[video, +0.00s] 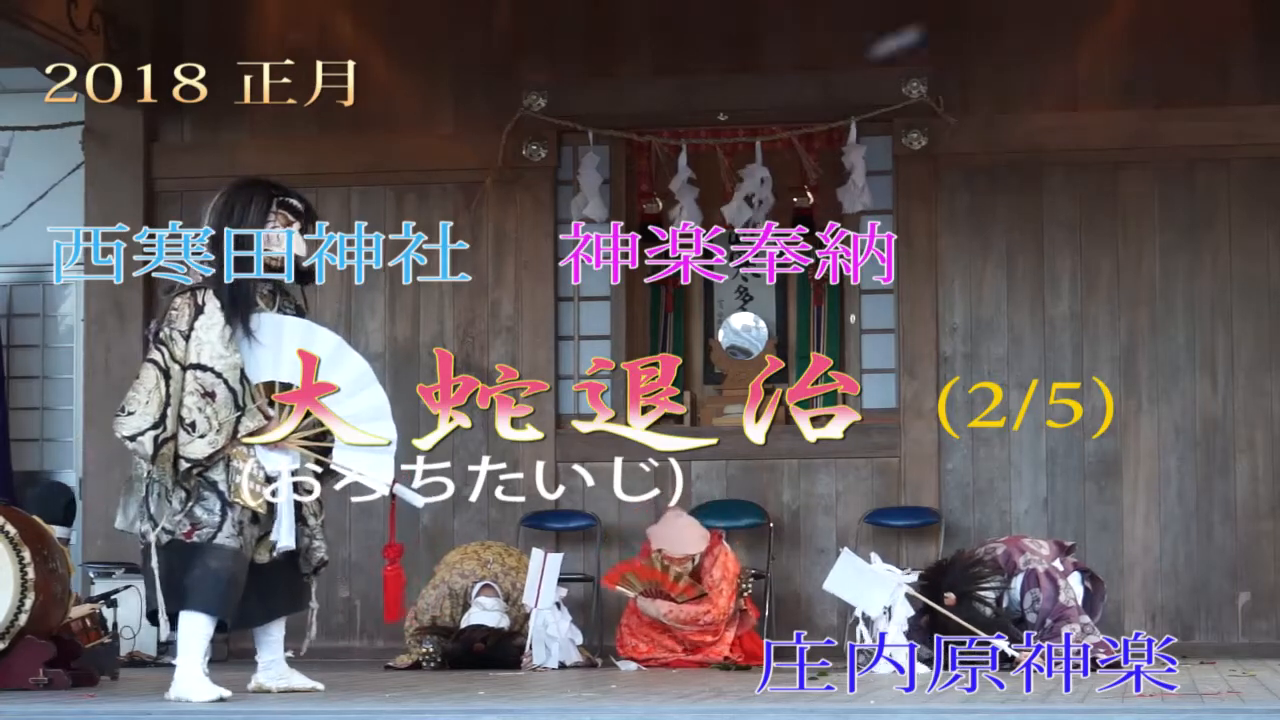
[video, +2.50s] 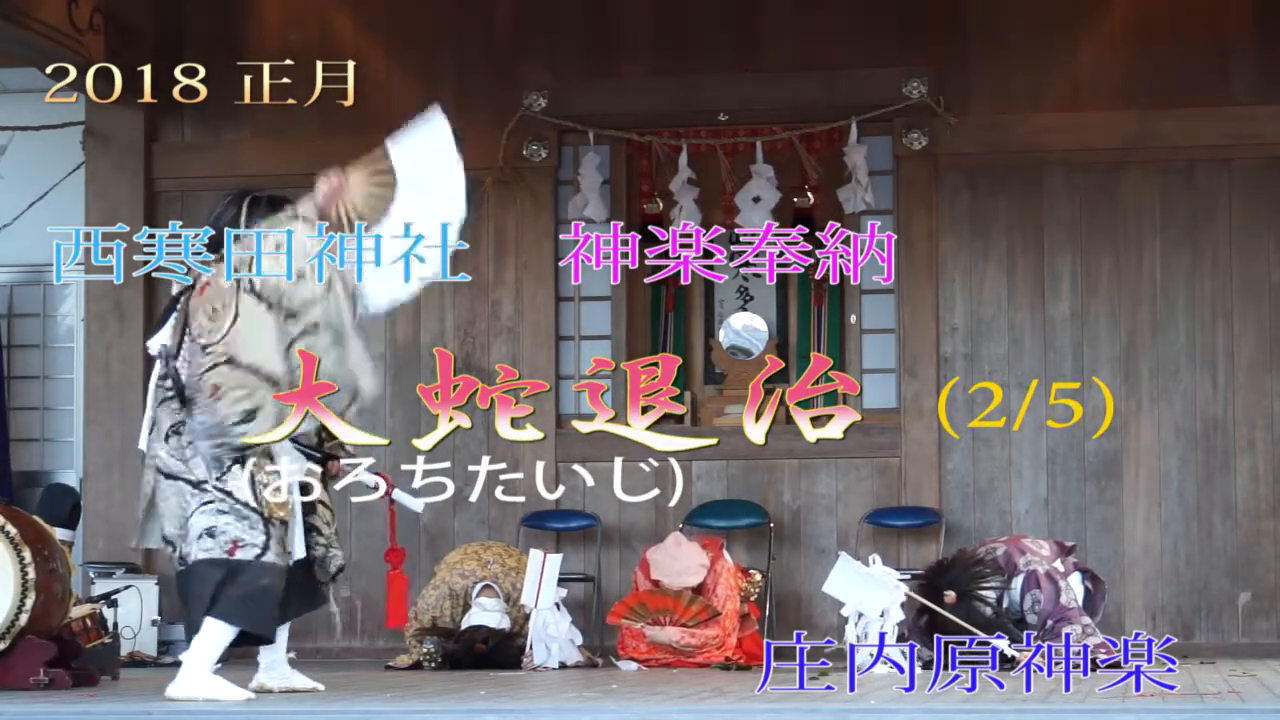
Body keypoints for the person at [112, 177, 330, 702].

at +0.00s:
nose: (292, 238)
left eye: (295, 228)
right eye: (280, 225)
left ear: (293, 240)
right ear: (245, 230)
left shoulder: (286, 305)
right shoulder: (205, 306)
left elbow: (303, 384)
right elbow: (196, 405)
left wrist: (307, 434)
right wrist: (253, 439)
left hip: (272, 457)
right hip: (218, 458)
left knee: (275, 553)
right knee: (218, 553)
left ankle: (272, 665)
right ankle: (189, 673)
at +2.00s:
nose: (306, 253)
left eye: (304, 239)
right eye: (298, 238)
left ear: (236, 235)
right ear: (264, 238)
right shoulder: (229, 305)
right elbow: (240, 408)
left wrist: (305, 432)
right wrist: (288, 439)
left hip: (251, 453)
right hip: (219, 455)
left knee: (275, 548)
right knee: (224, 551)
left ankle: (272, 665)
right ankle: (190, 674)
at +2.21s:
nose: (306, 257)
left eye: (304, 243)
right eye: (299, 242)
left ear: (236, 238)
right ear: (268, 241)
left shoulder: (212, 303)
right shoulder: (246, 309)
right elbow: (263, 405)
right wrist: (318, 438)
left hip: (262, 449)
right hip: (233, 450)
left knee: (282, 549)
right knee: (231, 551)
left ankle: (273, 663)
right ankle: (191, 672)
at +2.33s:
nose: (300, 255)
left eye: (301, 244)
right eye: (296, 243)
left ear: (238, 239)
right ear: (270, 243)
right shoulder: (219, 304)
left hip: (247, 446)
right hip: (201, 451)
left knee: (287, 545)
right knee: (236, 547)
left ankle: (274, 663)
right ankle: (192, 670)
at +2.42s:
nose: (308, 262)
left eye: (308, 251)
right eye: (301, 249)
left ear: (237, 244)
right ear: (273, 247)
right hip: (202, 447)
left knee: (290, 546)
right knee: (251, 550)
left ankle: (274, 664)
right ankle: (194, 670)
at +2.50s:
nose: (291, 246)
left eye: (293, 235)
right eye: (281, 235)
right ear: (252, 234)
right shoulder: (225, 292)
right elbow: (228, 386)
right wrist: (277, 445)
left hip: (253, 443)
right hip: (218, 448)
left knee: (291, 546)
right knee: (263, 556)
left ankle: (273, 664)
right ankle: (195, 671)